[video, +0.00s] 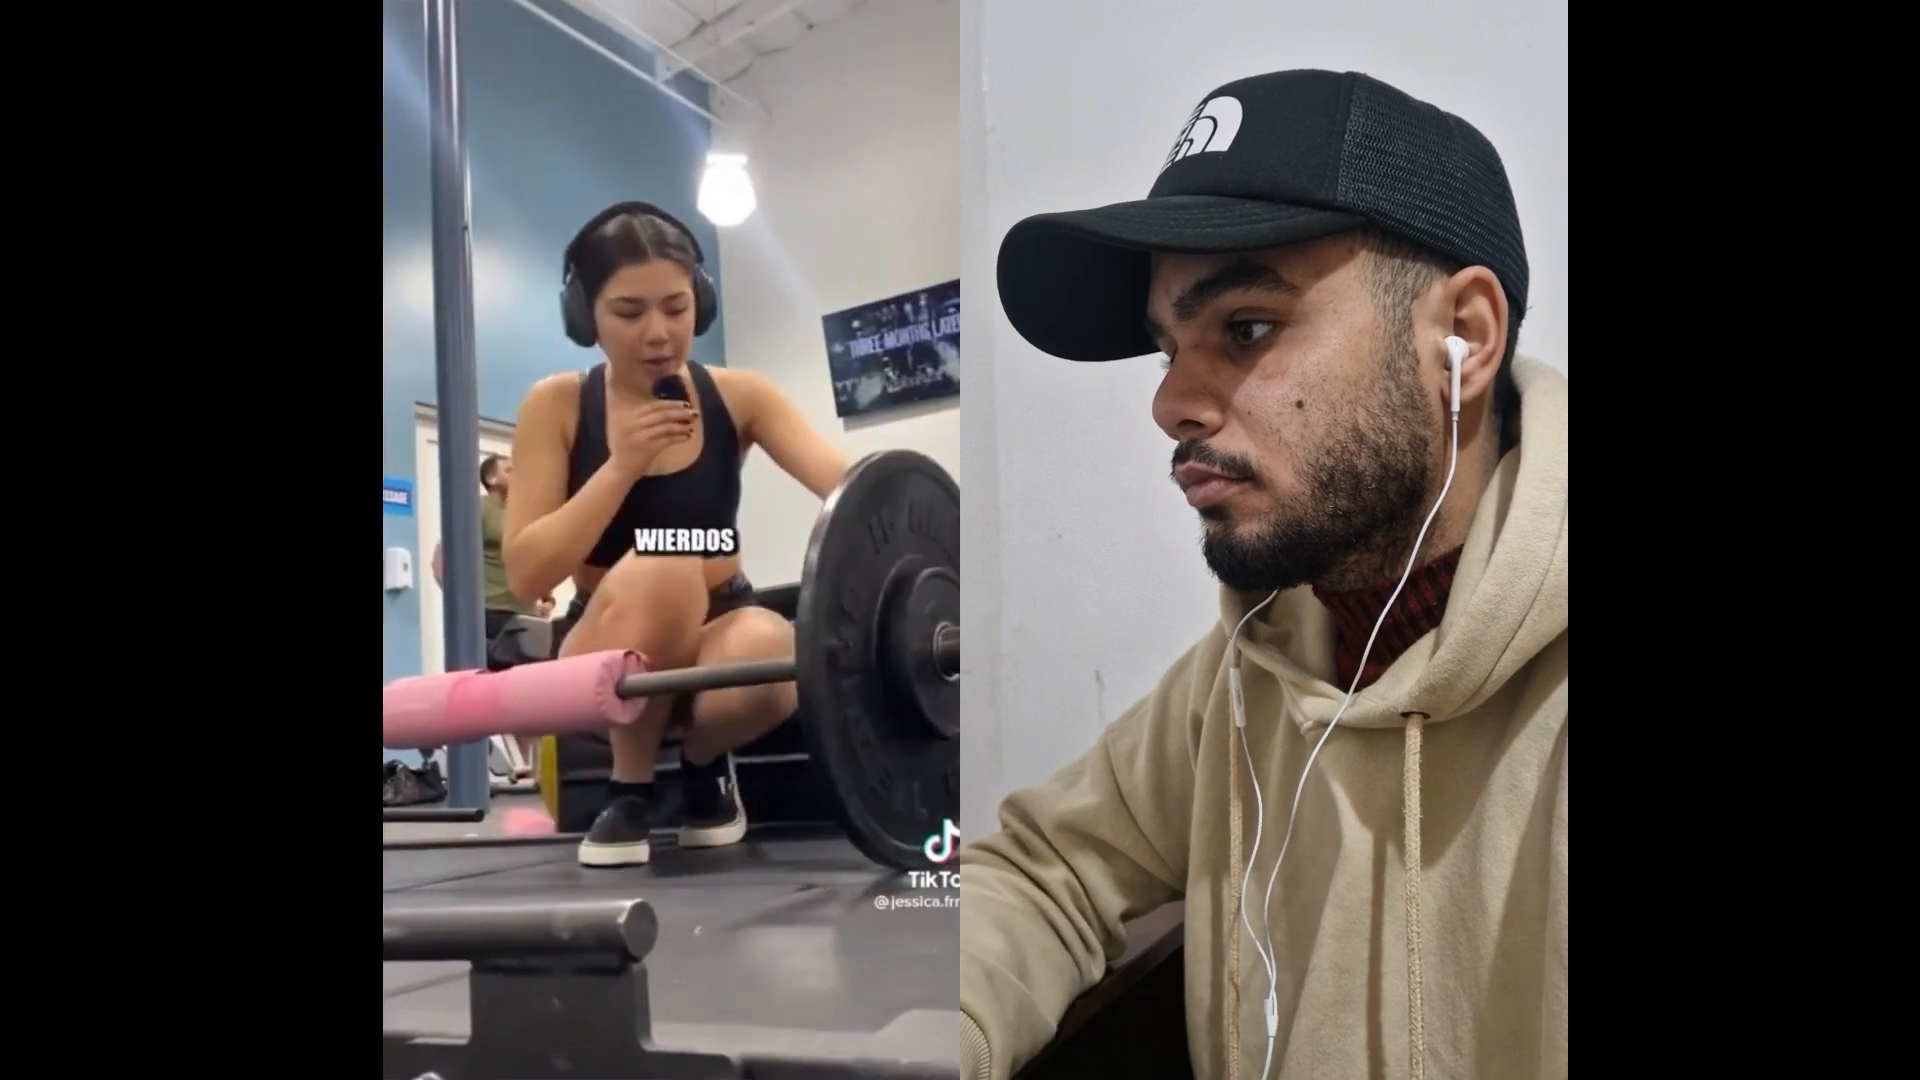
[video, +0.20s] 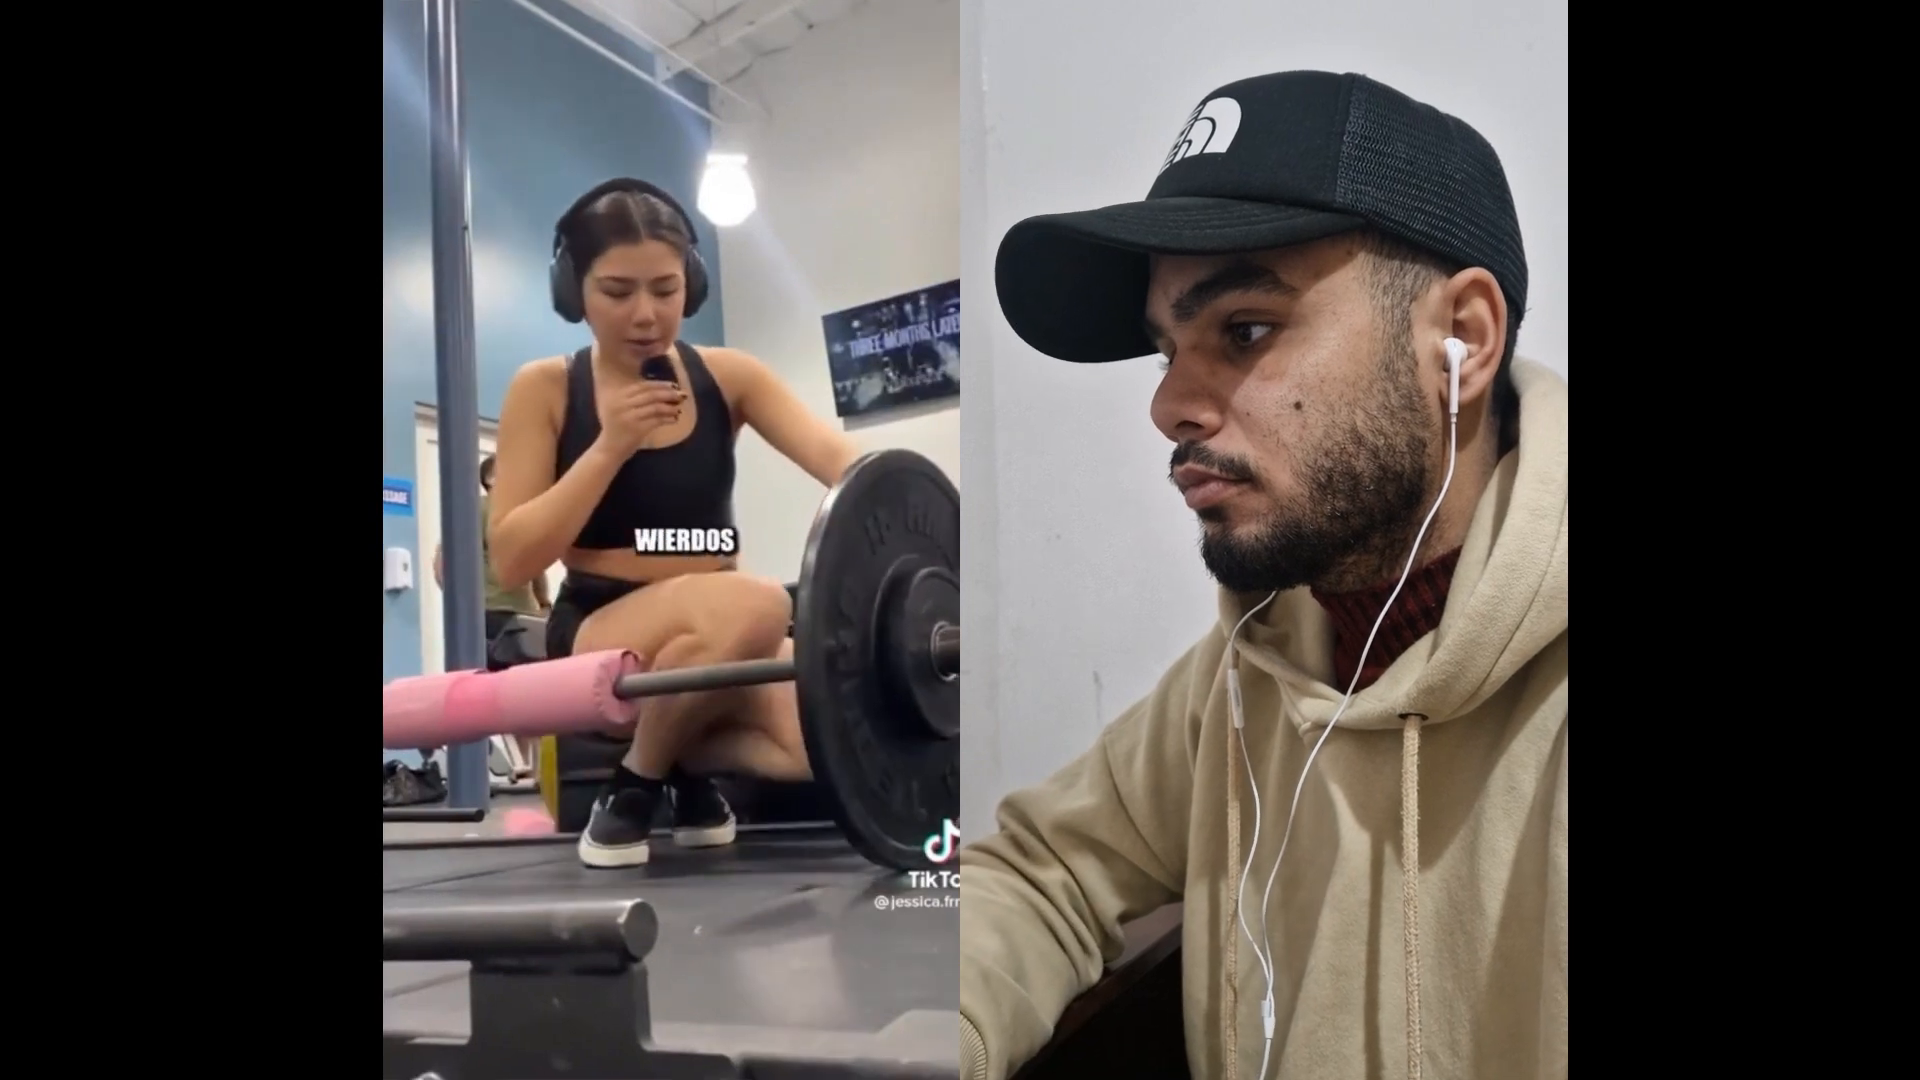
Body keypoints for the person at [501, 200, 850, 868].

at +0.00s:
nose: (659, 333)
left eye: (675, 307)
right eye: (630, 312)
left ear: (697, 304)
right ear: (588, 316)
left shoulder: (742, 397)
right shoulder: (556, 406)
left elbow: (845, 483)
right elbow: (527, 575)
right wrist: (621, 467)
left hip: (721, 632)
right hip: (604, 643)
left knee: (770, 666)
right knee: (665, 573)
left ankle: (700, 759)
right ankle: (631, 791)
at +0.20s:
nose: (645, 314)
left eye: (664, 289)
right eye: (617, 291)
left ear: (689, 285)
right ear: (576, 292)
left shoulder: (730, 376)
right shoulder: (545, 389)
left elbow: (839, 458)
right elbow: (513, 560)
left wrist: (904, 511)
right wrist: (610, 448)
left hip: (726, 627)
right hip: (595, 631)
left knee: (835, 743)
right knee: (753, 605)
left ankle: (675, 749)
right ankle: (638, 784)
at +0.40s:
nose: (656, 304)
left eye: (677, 278)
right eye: (630, 280)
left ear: (701, 273)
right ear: (586, 275)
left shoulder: (740, 358)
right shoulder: (555, 387)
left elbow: (859, 442)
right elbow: (528, 561)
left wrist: (927, 502)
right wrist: (619, 437)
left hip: (748, 606)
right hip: (624, 618)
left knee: (861, 808)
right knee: (789, 650)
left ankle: (705, 754)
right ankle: (642, 771)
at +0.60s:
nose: (850, 179)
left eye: (873, 161)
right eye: (834, 146)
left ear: (887, 159)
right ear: (777, 119)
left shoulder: (856, 250)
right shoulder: (685, 221)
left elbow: (860, 388)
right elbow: (611, 392)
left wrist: (854, 457)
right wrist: (742, 291)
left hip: (819, 512)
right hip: (708, 505)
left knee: (837, 784)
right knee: (782, 799)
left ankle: (702, 735)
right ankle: (626, 721)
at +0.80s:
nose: (841, 185)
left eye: (864, 166)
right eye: (824, 153)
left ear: (878, 164)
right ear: (767, 128)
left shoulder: (853, 249)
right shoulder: (680, 231)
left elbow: (886, 378)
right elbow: (613, 408)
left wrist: (873, 440)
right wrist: (729, 297)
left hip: (822, 513)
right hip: (710, 508)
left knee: (840, 784)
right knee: (783, 803)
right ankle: (632, 698)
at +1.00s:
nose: (839, 225)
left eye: (862, 206)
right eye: (824, 194)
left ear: (875, 203)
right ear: (768, 168)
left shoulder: (846, 284)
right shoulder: (679, 265)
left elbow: (884, 410)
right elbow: (611, 433)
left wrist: (842, 483)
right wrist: (729, 325)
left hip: (806, 542)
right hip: (698, 537)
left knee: (835, 787)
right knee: (785, 807)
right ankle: (668, 704)